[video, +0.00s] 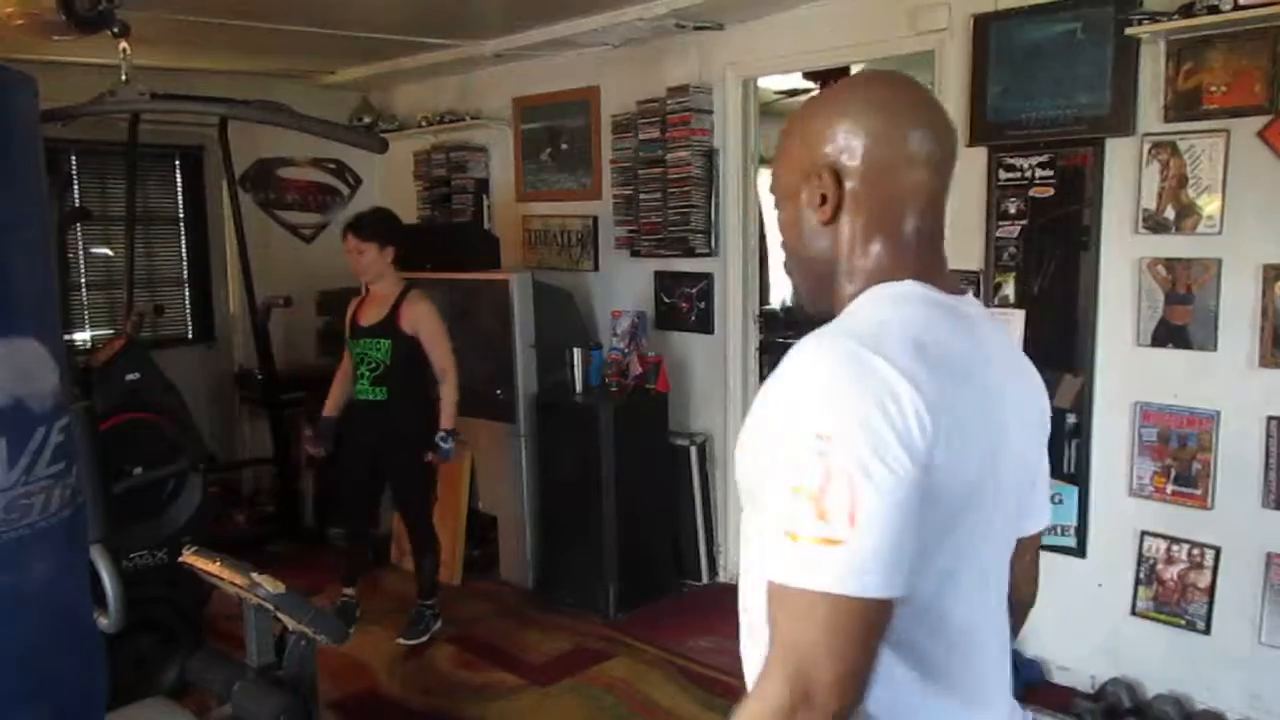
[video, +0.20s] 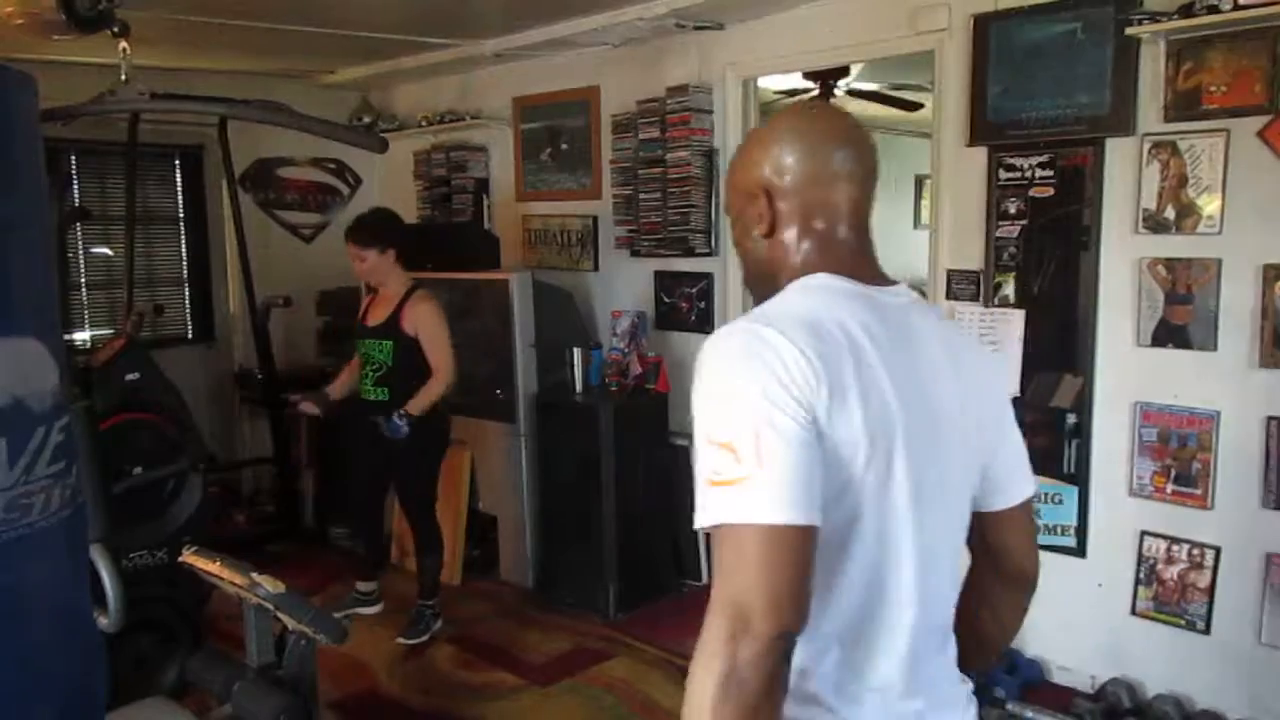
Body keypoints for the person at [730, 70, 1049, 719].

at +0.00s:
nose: (780, 235)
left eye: (780, 203)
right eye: (776, 205)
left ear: (825, 197)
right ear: (927, 196)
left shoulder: (849, 372)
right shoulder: (1007, 363)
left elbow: (810, 691)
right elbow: (1014, 594)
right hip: (987, 704)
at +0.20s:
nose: (735, 243)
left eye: (734, 218)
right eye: (732, 220)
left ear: (763, 213)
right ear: (861, 207)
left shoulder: (764, 349)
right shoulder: (958, 349)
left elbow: (754, 631)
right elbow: (1012, 564)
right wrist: (945, 680)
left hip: (815, 706)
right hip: (941, 703)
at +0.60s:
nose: (621, 234)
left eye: (622, 218)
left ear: (630, 227)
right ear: (723, 225)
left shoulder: (598, 350)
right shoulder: (809, 341)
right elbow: (868, 518)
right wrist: (879, 656)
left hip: (646, 682)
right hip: (776, 681)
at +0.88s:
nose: (637, 228)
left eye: (638, 217)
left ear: (642, 227)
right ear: (724, 235)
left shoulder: (582, 321)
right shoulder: (772, 337)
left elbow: (527, 467)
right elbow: (818, 495)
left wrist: (541, 511)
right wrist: (845, 614)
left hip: (627, 629)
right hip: (741, 632)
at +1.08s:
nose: (660, 222)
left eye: (665, 212)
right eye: (664, 211)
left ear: (677, 224)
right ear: (740, 232)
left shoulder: (613, 308)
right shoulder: (778, 325)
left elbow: (567, 443)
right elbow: (806, 469)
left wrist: (545, 530)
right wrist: (817, 576)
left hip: (642, 582)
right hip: (742, 583)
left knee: (625, 709)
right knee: (742, 709)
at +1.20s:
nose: (656, 215)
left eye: (661, 206)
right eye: (660, 204)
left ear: (677, 216)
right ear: (729, 219)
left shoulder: (618, 297)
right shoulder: (774, 309)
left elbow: (580, 432)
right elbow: (800, 441)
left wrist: (562, 543)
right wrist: (811, 539)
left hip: (637, 546)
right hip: (732, 548)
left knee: (621, 691)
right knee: (738, 699)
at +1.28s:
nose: (649, 216)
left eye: (653, 206)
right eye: (651, 206)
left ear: (668, 215)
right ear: (719, 215)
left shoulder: (617, 295)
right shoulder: (765, 302)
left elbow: (590, 424)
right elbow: (796, 429)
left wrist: (576, 541)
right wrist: (805, 522)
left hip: (635, 529)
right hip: (725, 534)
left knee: (624, 649)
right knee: (728, 686)